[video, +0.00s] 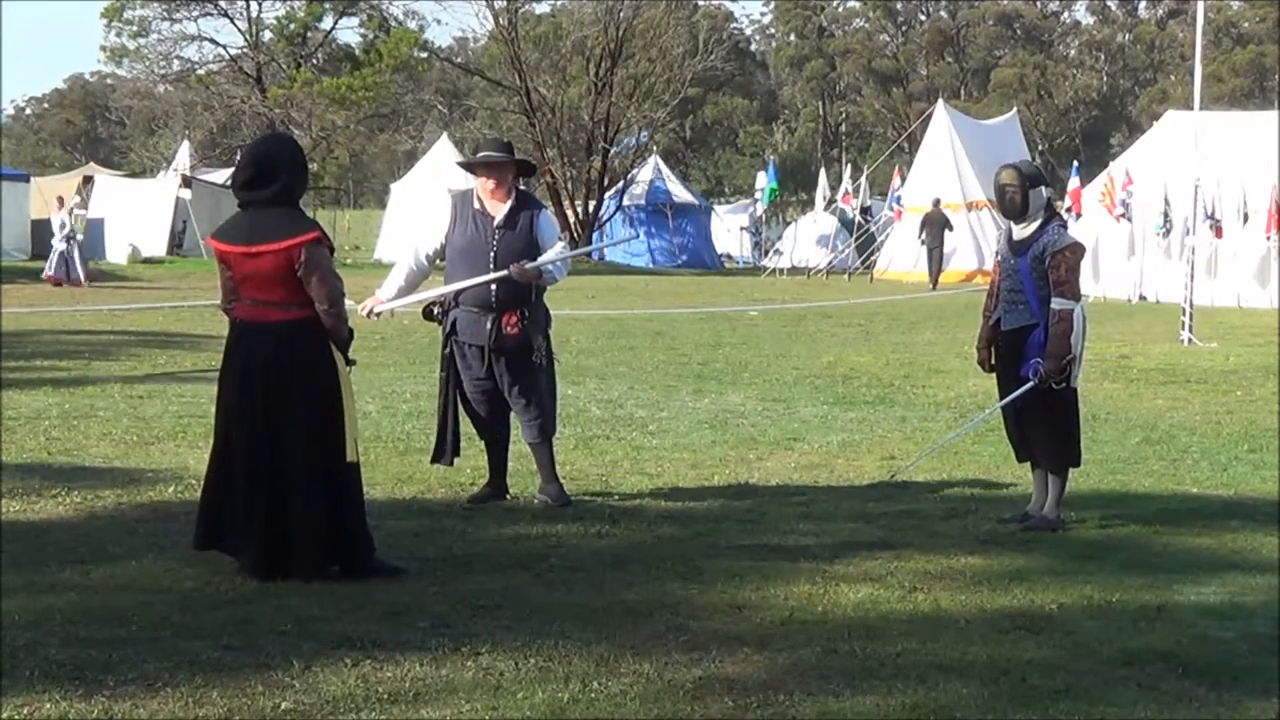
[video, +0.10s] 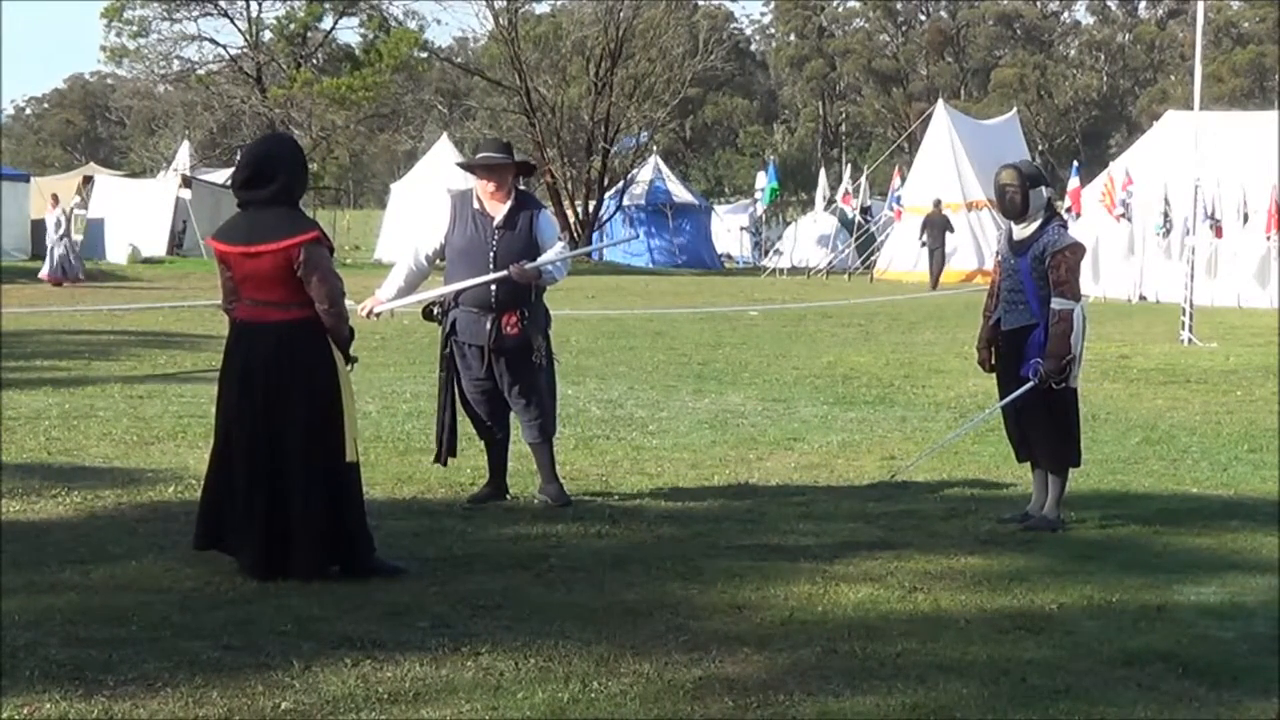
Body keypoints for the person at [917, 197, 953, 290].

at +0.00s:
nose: (937, 205)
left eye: (935, 204)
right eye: (938, 204)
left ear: (932, 204)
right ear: (939, 204)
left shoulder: (927, 215)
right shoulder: (942, 215)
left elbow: (922, 226)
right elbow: (950, 228)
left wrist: (919, 235)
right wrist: (944, 223)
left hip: (929, 242)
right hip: (938, 242)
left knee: (930, 261)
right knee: (937, 262)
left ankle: (931, 279)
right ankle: (933, 282)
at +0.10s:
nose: (940, 207)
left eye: (938, 205)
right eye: (940, 205)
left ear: (933, 205)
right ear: (940, 205)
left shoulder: (928, 216)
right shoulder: (943, 217)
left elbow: (923, 227)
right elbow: (951, 230)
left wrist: (920, 236)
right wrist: (944, 225)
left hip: (930, 243)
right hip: (939, 243)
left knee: (931, 262)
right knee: (939, 262)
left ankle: (932, 281)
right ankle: (934, 282)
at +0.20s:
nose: (943, 206)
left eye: (942, 204)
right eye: (943, 204)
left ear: (935, 205)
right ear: (941, 205)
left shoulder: (930, 215)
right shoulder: (945, 216)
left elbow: (925, 226)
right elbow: (949, 228)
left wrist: (922, 236)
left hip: (932, 244)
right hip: (941, 244)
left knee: (933, 262)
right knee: (944, 261)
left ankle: (934, 281)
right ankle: (937, 279)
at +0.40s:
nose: (949, 205)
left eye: (948, 203)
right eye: (949, 203)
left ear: (941, 203)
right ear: (948, 203)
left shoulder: (935, 213)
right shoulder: (949, 214)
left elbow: (929, 223)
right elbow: (952, 227)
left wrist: (927, 232)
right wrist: (955, 237)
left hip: (937, 240)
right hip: (947, 241)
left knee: (936, 261)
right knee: (950, 262)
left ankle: (934, 281)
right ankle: (949, 281)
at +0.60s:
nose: (956, 208)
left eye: (955, 206)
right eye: (956, 206)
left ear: (948, 206)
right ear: (955, 206)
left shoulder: (942, 216)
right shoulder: (956, 217)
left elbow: (935, 229)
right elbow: (958, 230)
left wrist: (940, 237)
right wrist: (961, 240)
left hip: (944, 243)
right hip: (954, 243)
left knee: (940, 260)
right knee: (956, 264)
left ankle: (935, 279)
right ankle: (957, 282)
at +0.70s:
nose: (959, 208)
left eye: (958, 206)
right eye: (958, 206)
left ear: (951, 206)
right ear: (957, 206)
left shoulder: (945, 216)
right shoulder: (960, 217)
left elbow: (940, 230)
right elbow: (962, 231)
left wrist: (944, 237)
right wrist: (966, 239)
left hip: (948, 243)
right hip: (958, 243)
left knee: (944, 262)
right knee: (959, 263)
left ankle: (938, 279)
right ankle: (958, 282)